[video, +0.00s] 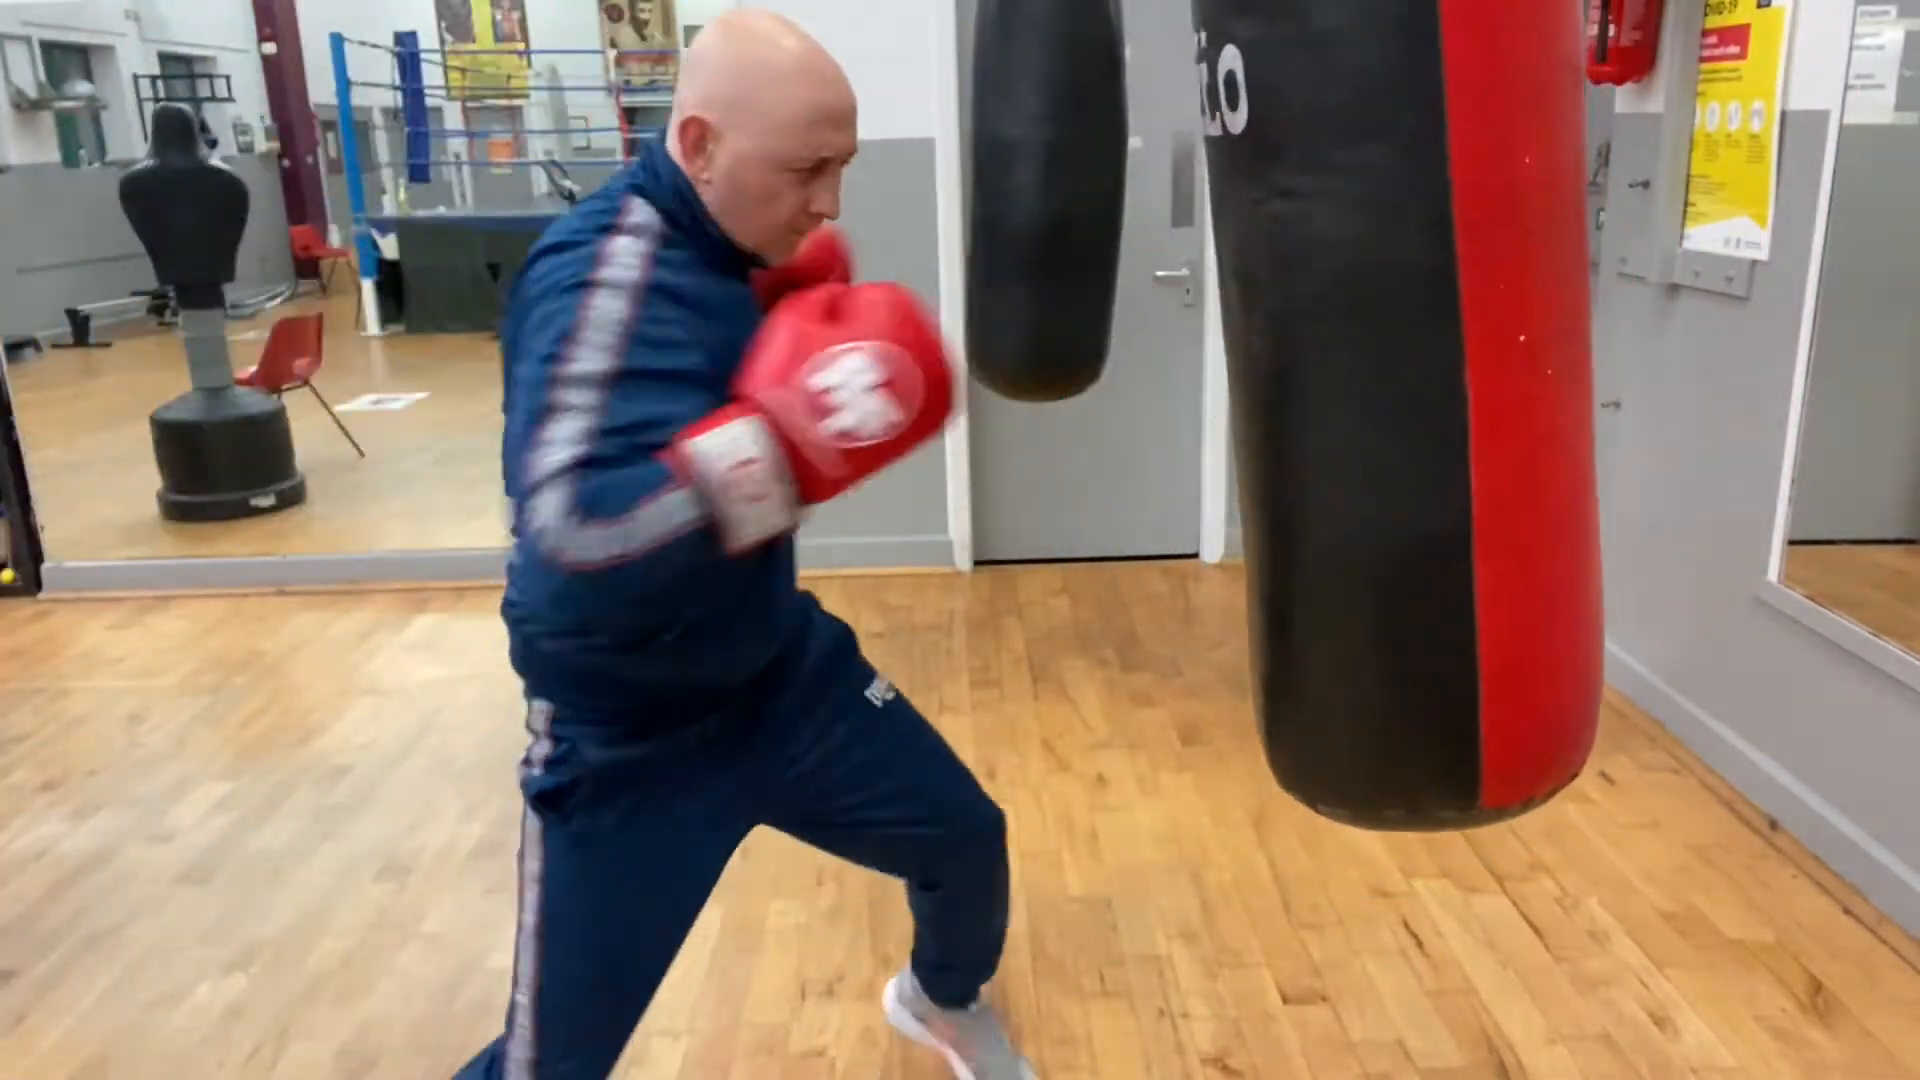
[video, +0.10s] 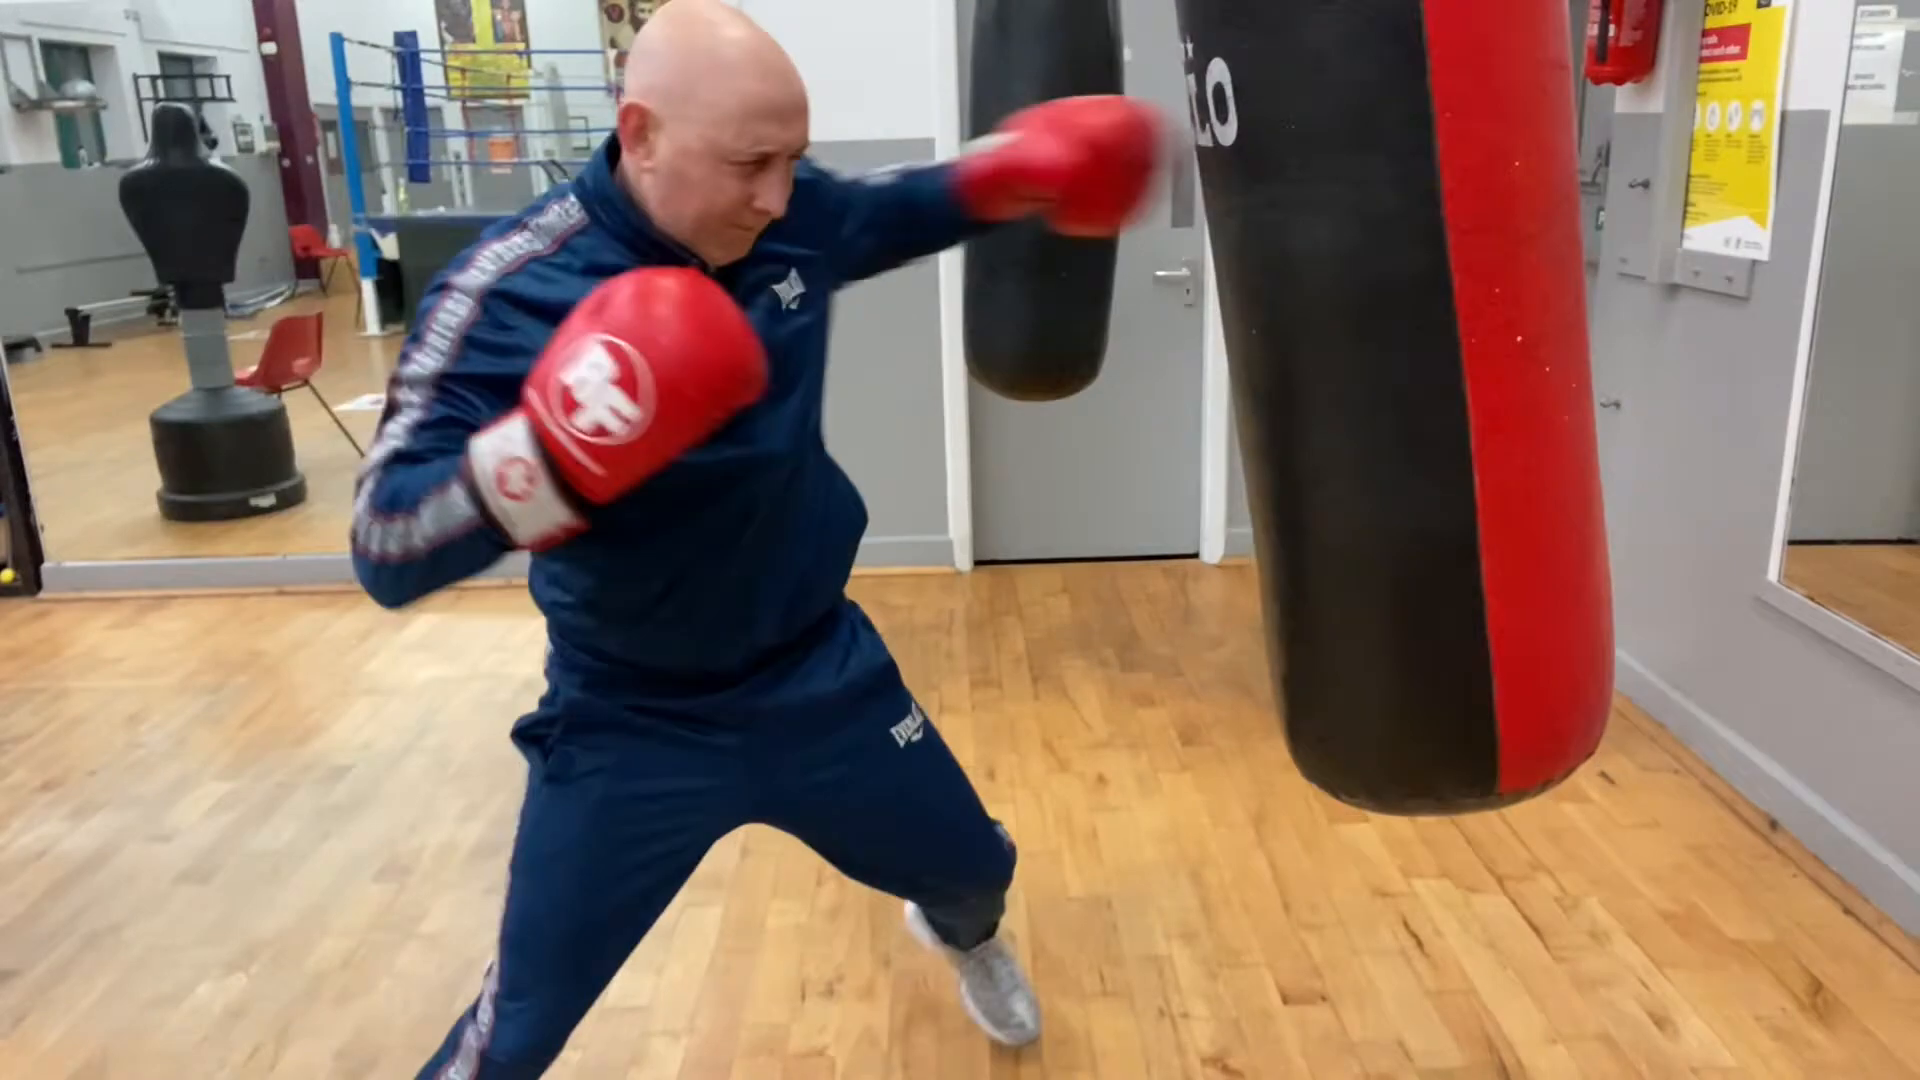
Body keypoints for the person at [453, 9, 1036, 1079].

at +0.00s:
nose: (833, 202)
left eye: (841, 170)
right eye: (808, 172)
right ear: (698, 148)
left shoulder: (746, 244)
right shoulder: (604, 276)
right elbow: (567, 541)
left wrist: (814, 338)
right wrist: (779, 441)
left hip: (776, 671)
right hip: (622, 735)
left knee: (967, 839)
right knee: (547, 1062)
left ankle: (945, 1000)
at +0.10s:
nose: (778, 196)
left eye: (791, 162)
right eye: (750, 167)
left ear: (803, 144)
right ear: (642, 141)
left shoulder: (799, 222)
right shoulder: (510, 286)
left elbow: (919, 209)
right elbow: (387, 555)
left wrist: (1037, 164)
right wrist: (552, 454)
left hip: (819, 673)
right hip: (629, 719)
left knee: (976, 872)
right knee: (514, 1037)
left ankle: (964, 940)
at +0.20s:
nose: (823, 197)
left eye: (836, 166)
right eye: (795, 171)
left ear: (845, 147)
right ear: (696, 154)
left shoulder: (870, 230)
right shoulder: (602, 278)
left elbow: (1021, 280)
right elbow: (379, 491)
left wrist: (1116, 236)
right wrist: (516, 366)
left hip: (835, 694)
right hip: (656, 724)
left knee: (991, 873)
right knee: (540, 1046)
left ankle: (986, 982)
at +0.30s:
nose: (960, 193)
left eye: (969, 166)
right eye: (943, 159)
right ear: (848, 131)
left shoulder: (896, 276)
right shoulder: (710, 249)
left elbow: (909, 420)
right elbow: (472, 372)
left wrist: (989, 324)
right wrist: (652, 263)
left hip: (853, 684)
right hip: (701, 711)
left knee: (990, 844)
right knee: (579, 1052)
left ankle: (971, 993)